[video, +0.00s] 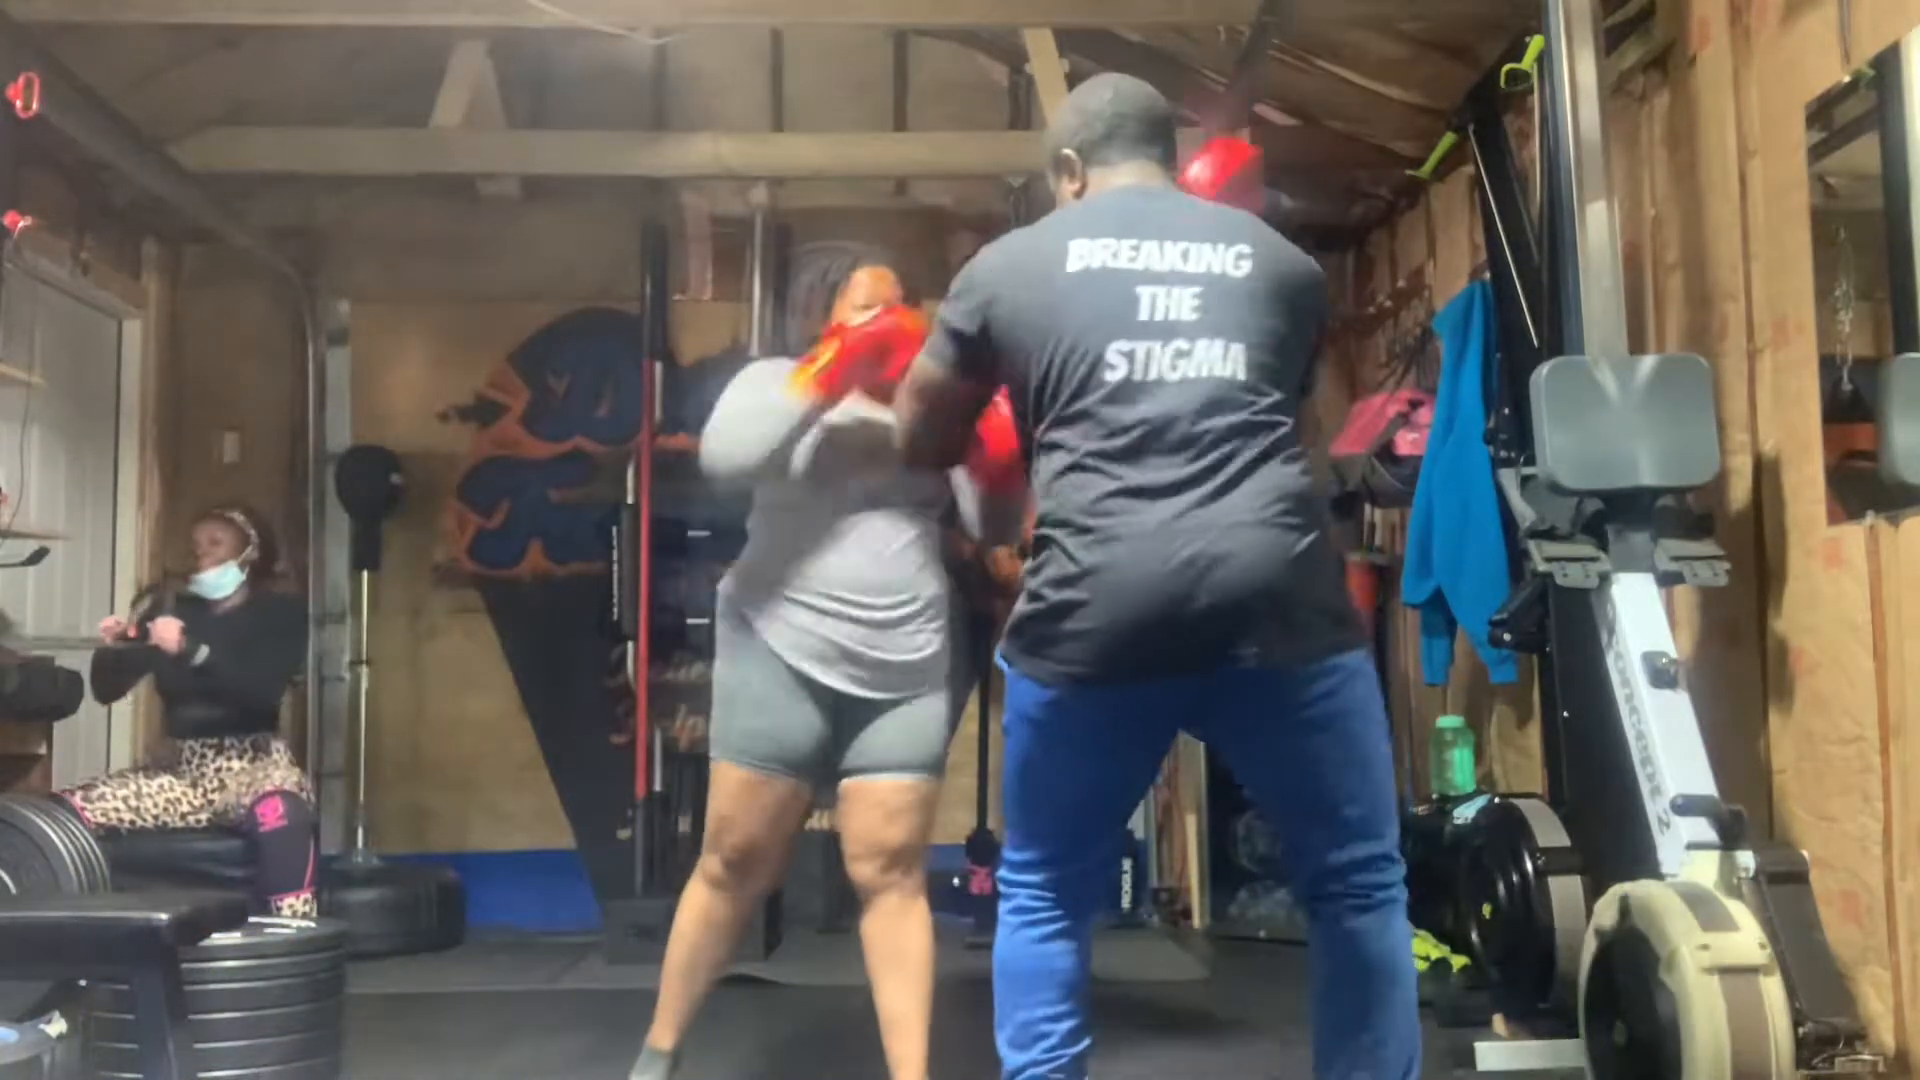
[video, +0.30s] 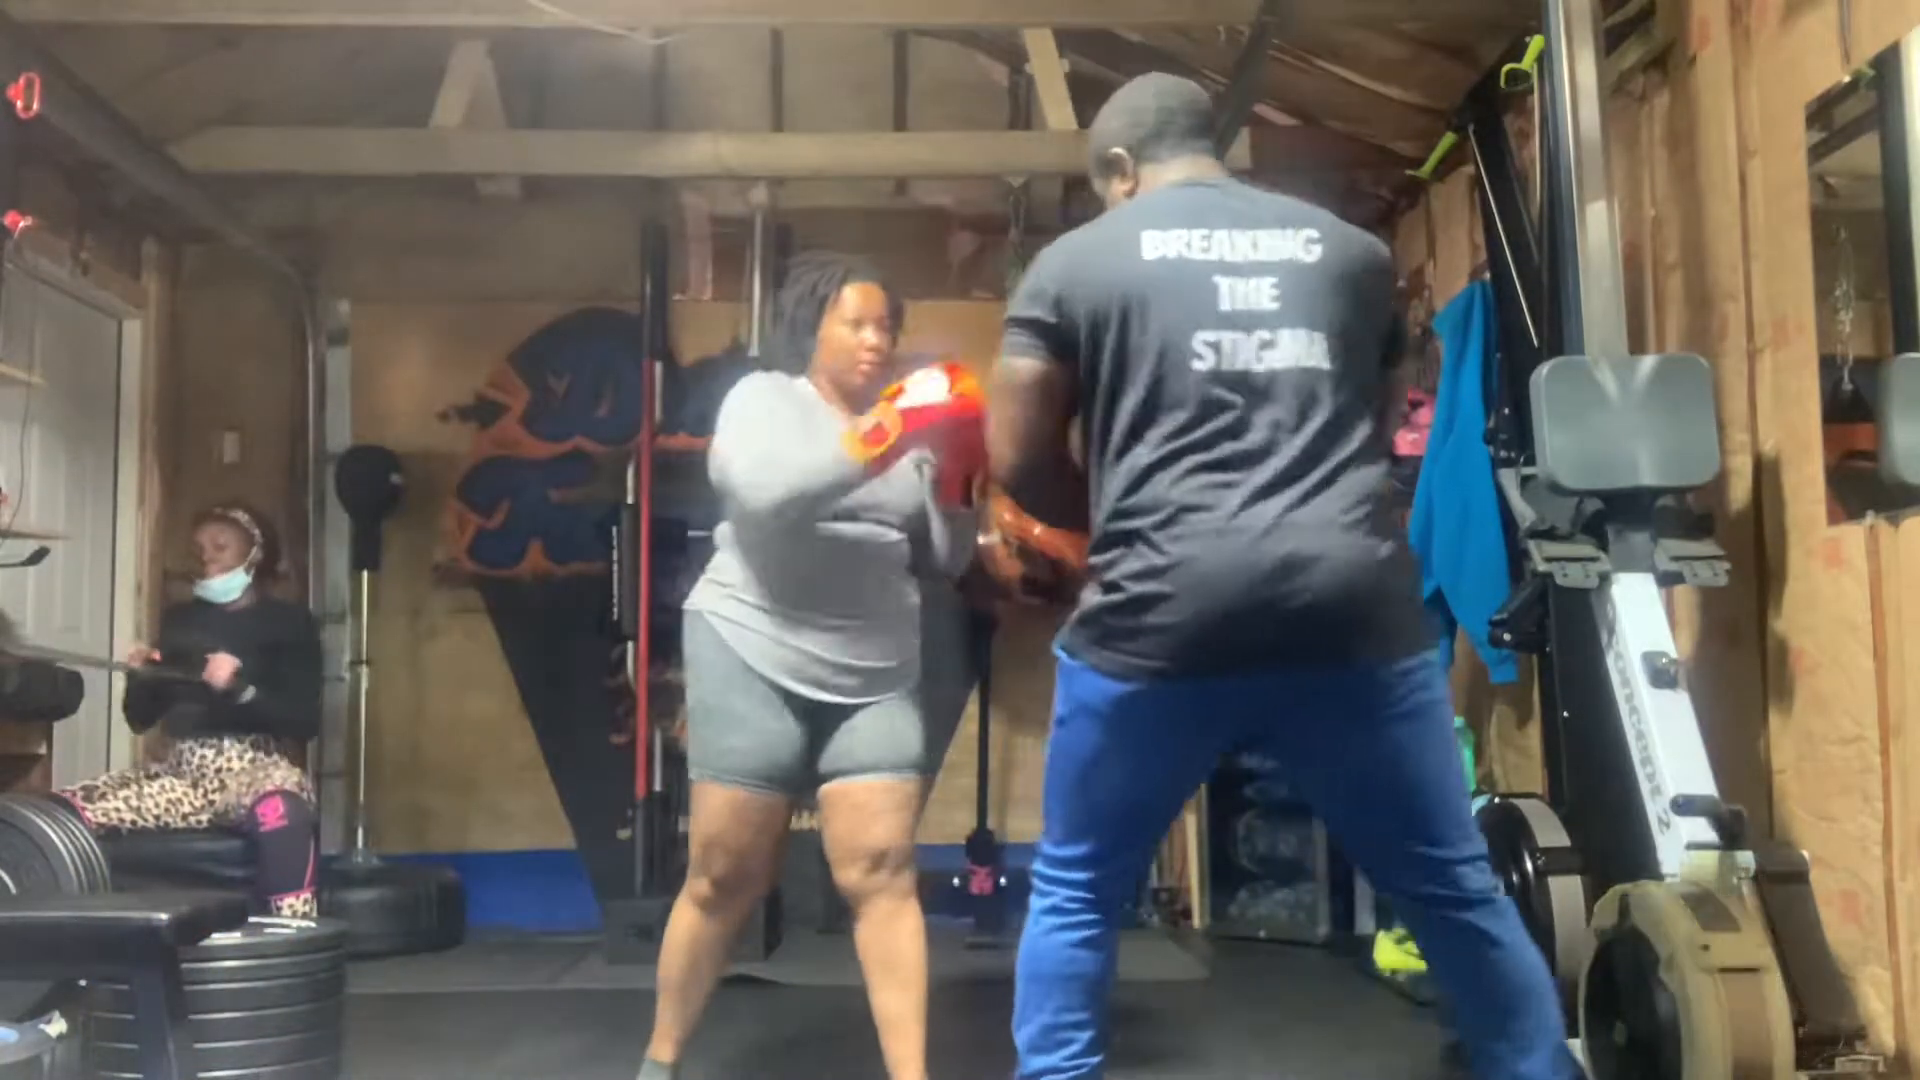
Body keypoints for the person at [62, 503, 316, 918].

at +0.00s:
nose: (203, 562)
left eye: (216, 549)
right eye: (198, 551)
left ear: (249, 555)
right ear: (191, 555)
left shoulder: (280, 612)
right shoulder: (173, 608)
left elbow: (264, 689)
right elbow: (107, 690)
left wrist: (188, 648)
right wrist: (113, 648)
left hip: (255, 774)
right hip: (178, 773)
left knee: (282, 813)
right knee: (66, 812)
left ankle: (294, 948)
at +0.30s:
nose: (207, 559)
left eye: (220, 548)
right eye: (201, 549)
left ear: (251, 555)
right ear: (194, 551)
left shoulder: (288, 620)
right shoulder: (182, 617)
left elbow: (303, 721)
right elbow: (141, 719)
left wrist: (239, 687)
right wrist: (140, 675)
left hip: (258, 774)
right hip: (180, 774)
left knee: (283, 813)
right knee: (62, 811)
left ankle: (294, 949)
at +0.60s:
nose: (209, 559)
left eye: (222, 549)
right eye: (204, 549)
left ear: (254, 556)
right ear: (196, 553)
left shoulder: (286, 619)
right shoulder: (175, 620)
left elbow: (281, 696)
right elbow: (115, 701)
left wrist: (202, 674)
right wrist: (117, 665)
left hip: (250, 773)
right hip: (174, 775)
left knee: (282, 810)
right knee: (61, 812)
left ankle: (295, 944)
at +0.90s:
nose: (214, 561)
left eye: (229, 550)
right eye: (207, 551)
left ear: (259, 560)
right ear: (198, 556)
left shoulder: (285, 621)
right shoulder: (178, 620)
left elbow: (279, 702)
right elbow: (126, 704)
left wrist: (204, 675)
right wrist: (114, 670)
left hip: (254, 772)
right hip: (174, 773)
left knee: (281, 810)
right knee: (63, 811)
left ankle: (296, 944)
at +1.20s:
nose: (216, 562)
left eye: (231, 552)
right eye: (208, 551)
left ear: (260, 560)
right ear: (199, 555)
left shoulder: (290, 624)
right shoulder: (177, 621)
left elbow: (291, 713)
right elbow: (137, 720)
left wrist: (229, 688)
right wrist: (127, 679)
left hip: (258, 770)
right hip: (175, 771)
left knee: (282, 810)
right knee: (59, 809)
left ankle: (296, 946)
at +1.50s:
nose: (217, 553)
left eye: (233, 545)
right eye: (210, 543)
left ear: (260, 560)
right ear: (201, 549)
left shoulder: (281, 611)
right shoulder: (172, 611)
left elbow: (273, 684)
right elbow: (106, 689)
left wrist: (193, 652)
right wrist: (107, 657)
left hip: (254, 769)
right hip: (175, 771)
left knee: (280, 813)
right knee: (61, 811)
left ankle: (296, 949)